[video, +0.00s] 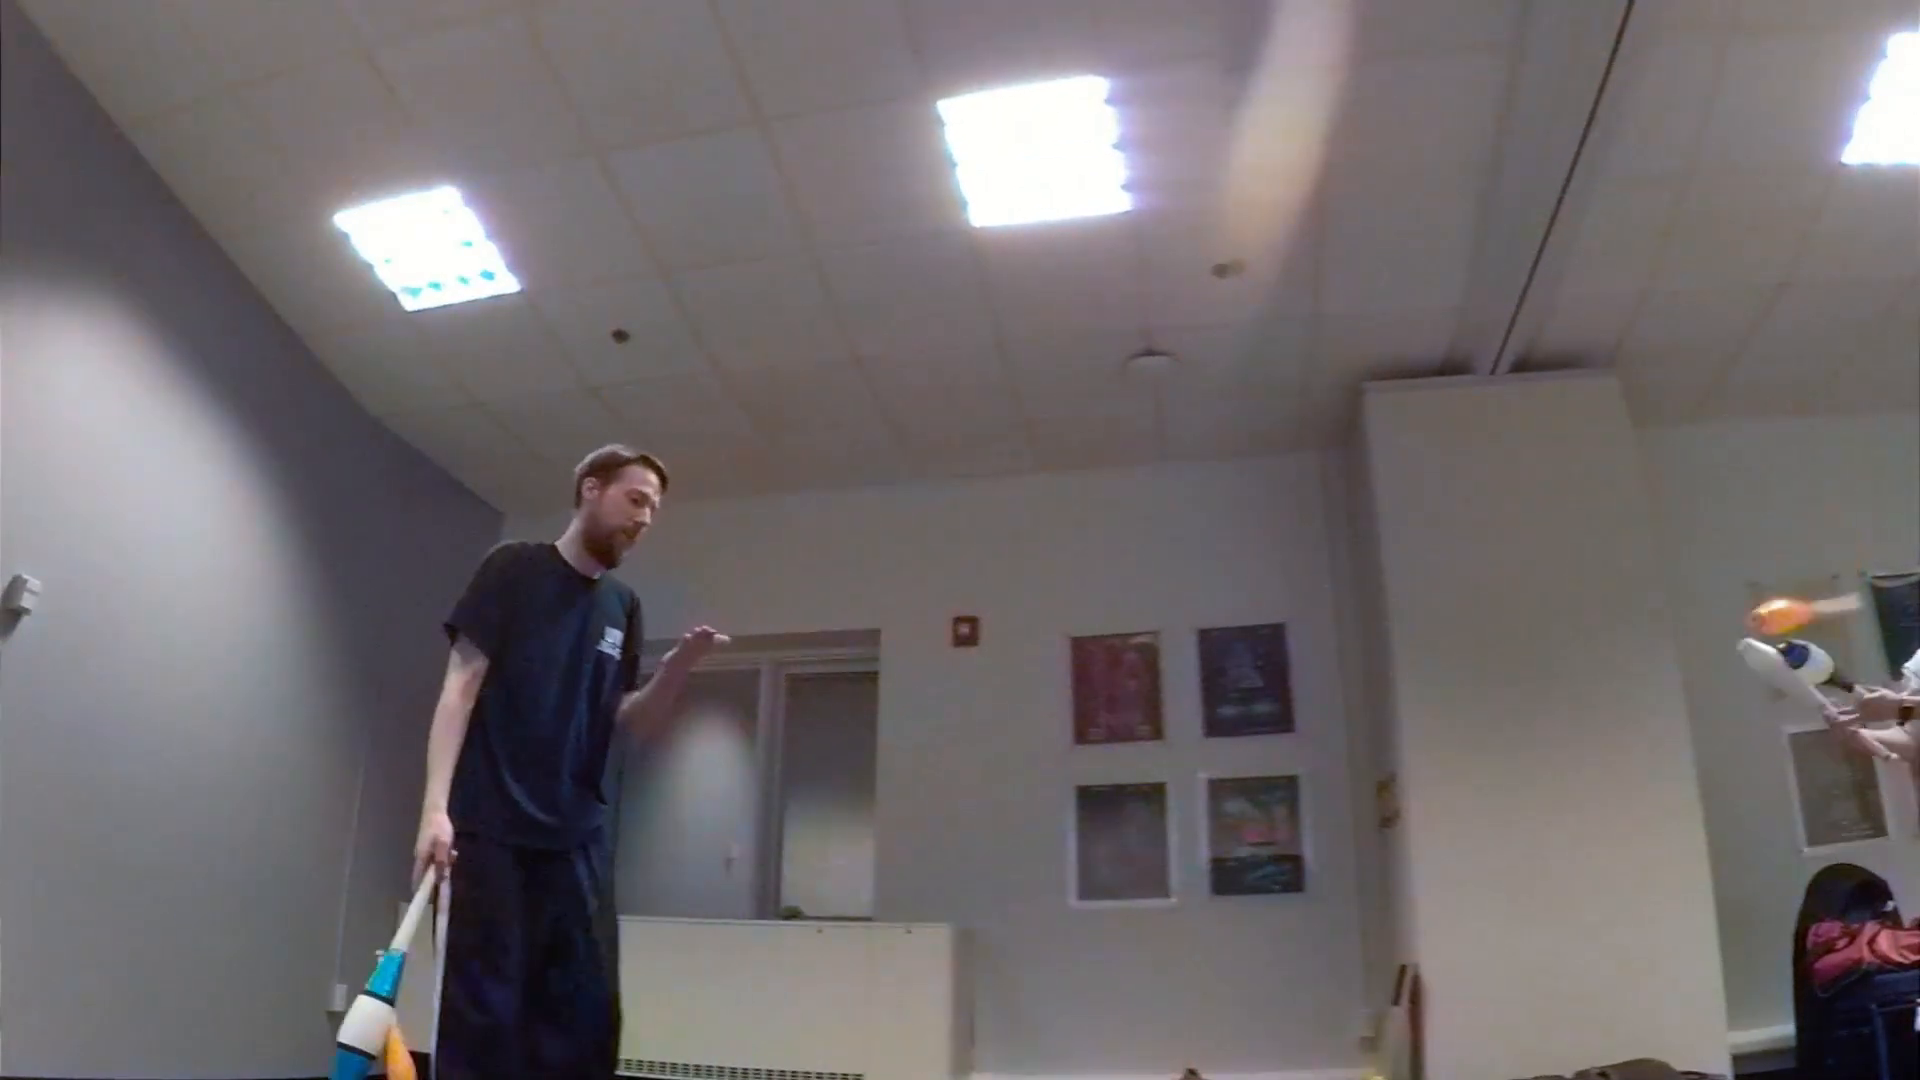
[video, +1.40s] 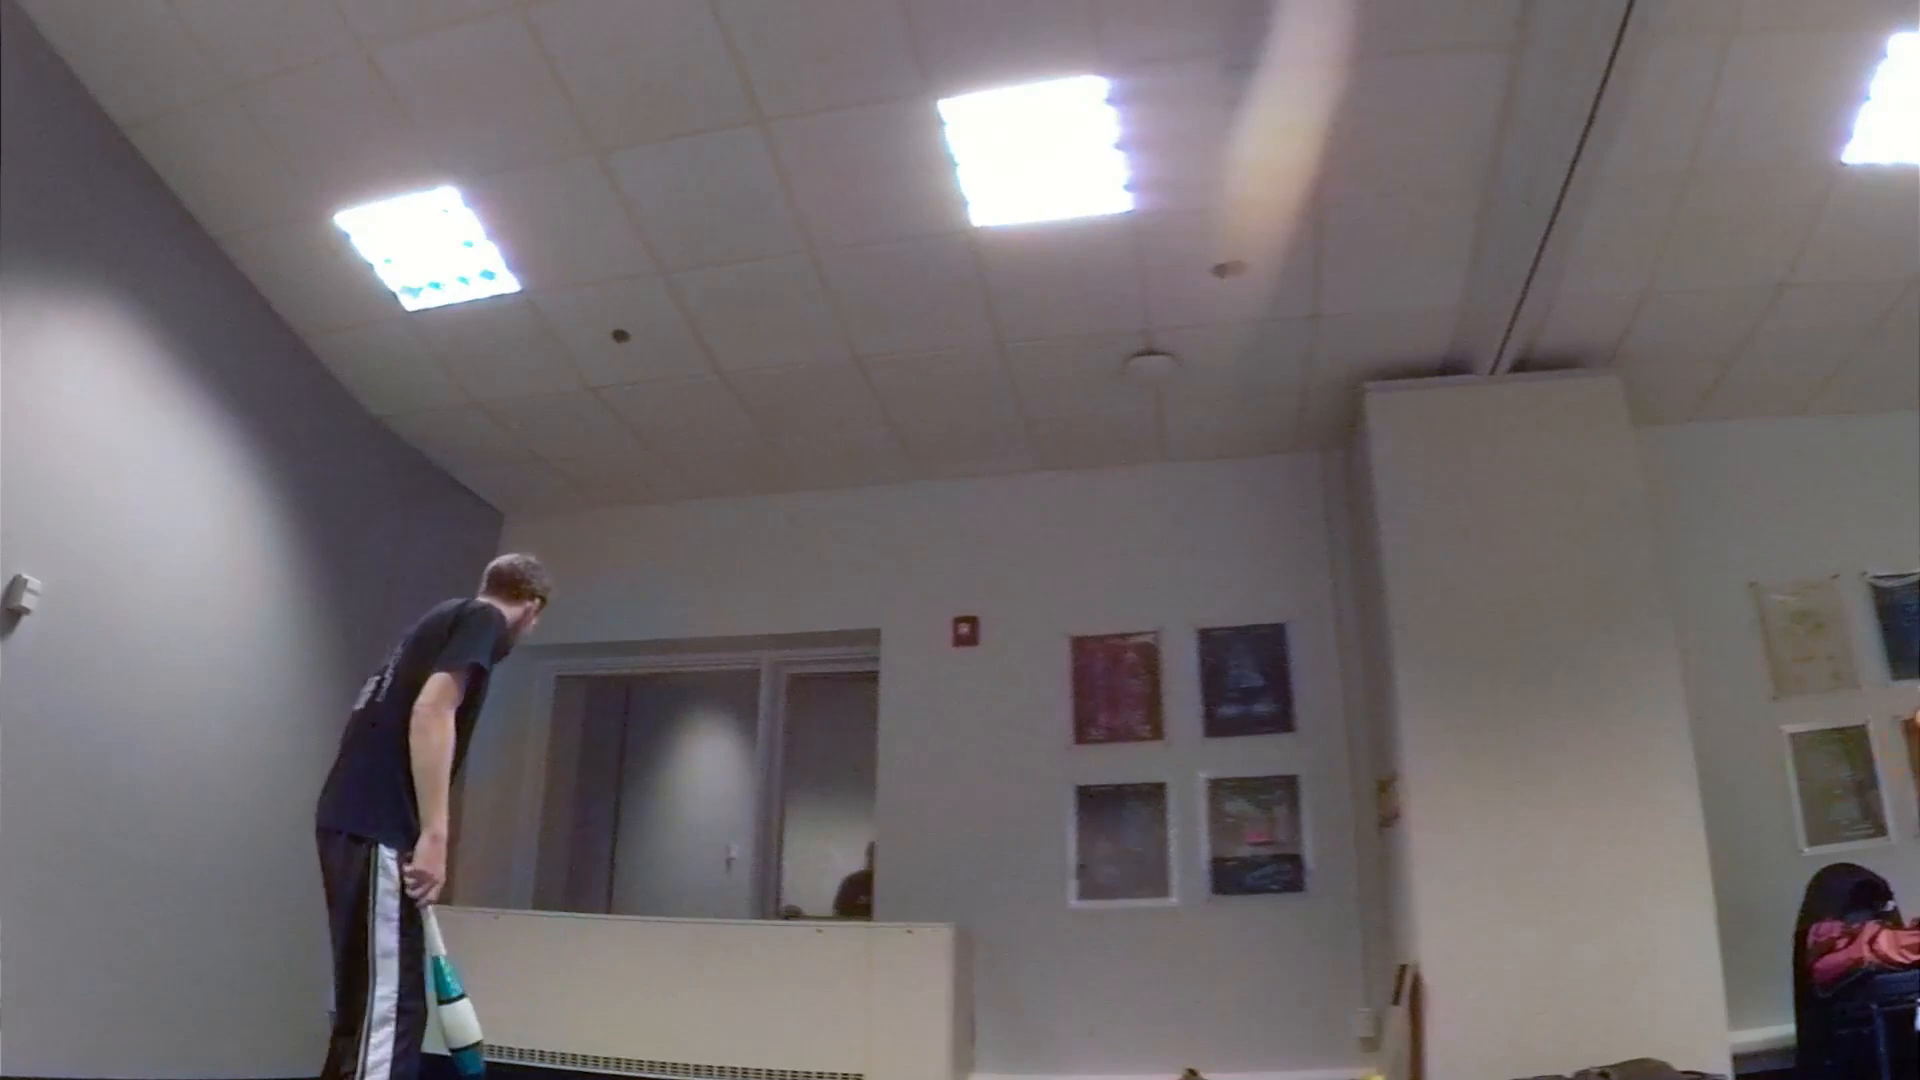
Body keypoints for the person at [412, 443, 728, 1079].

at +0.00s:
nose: (645, 518)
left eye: (653, 509)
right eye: (635, 499)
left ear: (653, 521)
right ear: (590, 489)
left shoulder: (621, 606)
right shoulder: (513, 568)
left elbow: (631, 721)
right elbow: (460, 687)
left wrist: (680, 667)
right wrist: (435, 809)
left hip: (575, 839)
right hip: (491, 832)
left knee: (585, 1020)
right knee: (485, 1015)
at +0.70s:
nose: (609, 553)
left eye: (615, 542)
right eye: (606, 533)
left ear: (581, 525)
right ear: (564, 511)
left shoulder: (553, 619)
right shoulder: (487, 566)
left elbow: (542, 734)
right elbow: (434, 685)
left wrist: (611, 702)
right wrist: (457, 806)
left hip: (513, 840)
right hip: (446, 826)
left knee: (517, 1023)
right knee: (415, 1019)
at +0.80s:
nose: (599, 562)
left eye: (605, 550)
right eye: (601, 544)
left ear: (566, 523)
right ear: (575, 522)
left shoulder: (528, 609)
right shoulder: (488, 569)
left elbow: (500, 731)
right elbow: (429, 693)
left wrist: (579, 724)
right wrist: (454, 824)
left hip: (479, 841)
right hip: (419, 832)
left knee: (496, 1023)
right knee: (393, 1025)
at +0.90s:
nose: (588, 575)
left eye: (597, 563)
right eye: (596, 559)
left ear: (553, 524)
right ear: (581, 535)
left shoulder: (505, 589)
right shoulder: (491, 574)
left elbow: (453, 716)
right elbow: (432, 694)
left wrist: (522, 762)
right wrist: (450, 831)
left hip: (436, 826)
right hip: (403, 822)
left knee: (458, 1008)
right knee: (380, 1013)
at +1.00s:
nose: (581, 580)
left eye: (590, 568)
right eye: (590, 564)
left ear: (541, 527)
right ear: (579, 543)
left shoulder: (489, 579)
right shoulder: (495, 577)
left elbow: (432, 703)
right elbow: (434, 690)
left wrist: (472, 790)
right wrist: (446, 828)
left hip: (413, 821)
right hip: (394, 820)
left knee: (437, 1007)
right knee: (375, 1013)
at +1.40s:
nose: (528, 630)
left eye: (532, 621)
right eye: (536, 619)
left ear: (486, 586)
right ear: (531, 607)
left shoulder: (440, 622)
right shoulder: (481, 620)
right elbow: (432, 713)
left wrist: (417, 854)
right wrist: (434, 835)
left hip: (353, 822)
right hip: (376, 826)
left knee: (370, 1003)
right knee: (390, 1007)